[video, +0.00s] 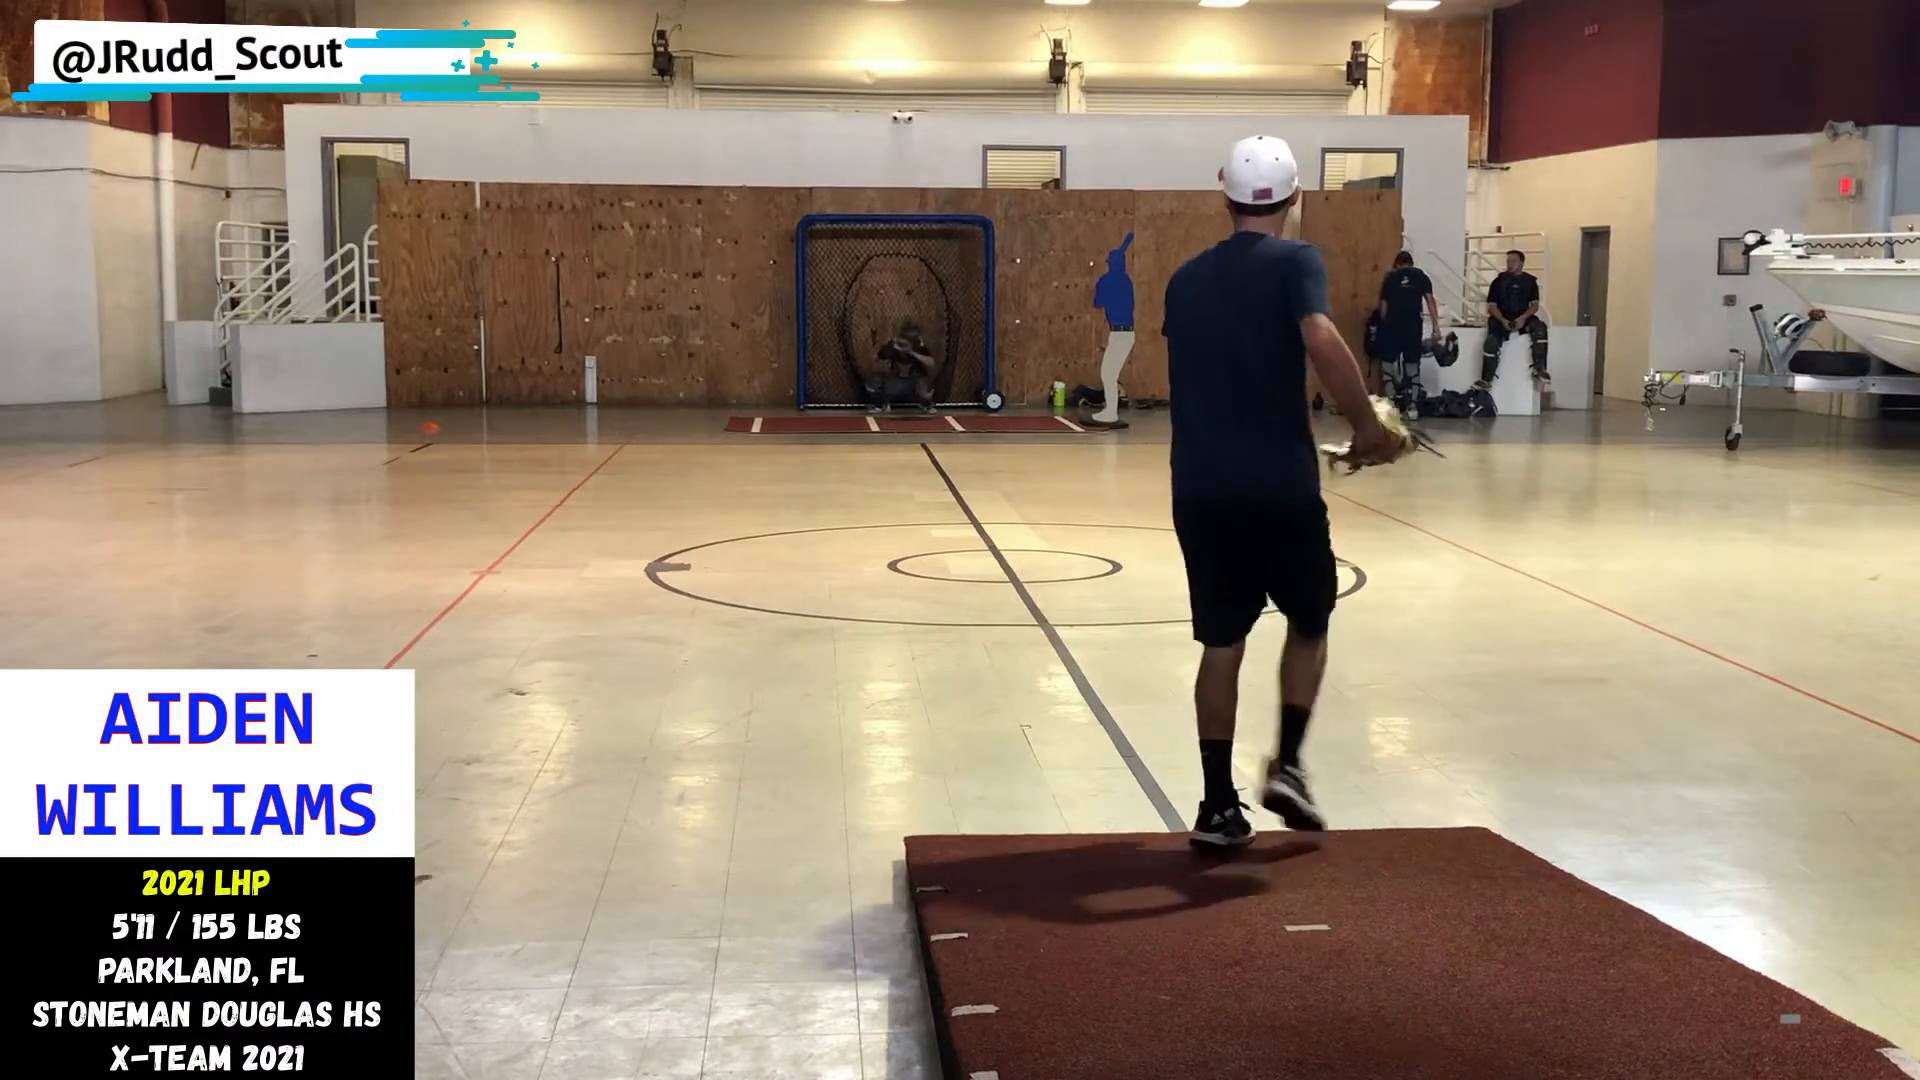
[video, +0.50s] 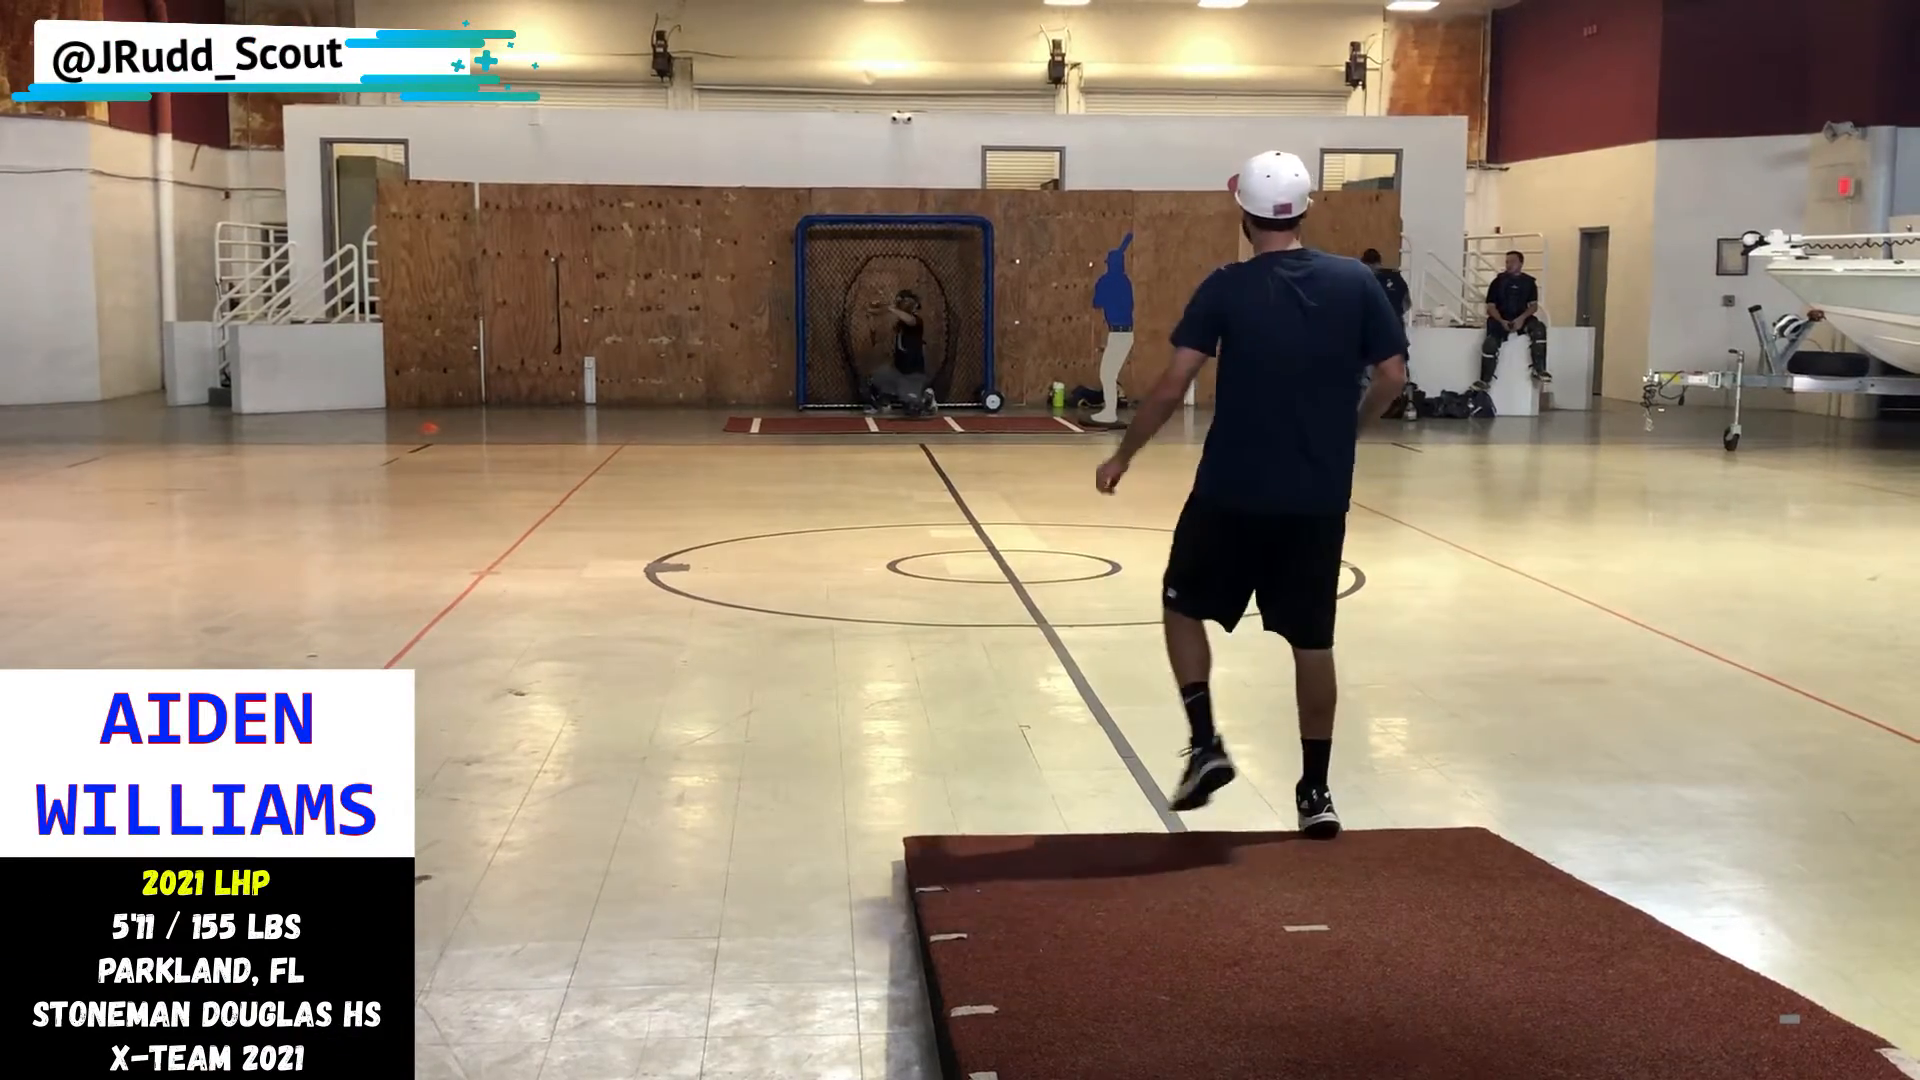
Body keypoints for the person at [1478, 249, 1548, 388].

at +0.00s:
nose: (1509, 264)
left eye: (1512, 261)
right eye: (1508, 261)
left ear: (1521, 263)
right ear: (1506, 262)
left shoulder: (1530, 280)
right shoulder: (1499, 280)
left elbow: (1534, 305)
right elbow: (1491, 305)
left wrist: (1523, 318)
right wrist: (1503, 320)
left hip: (1523, 316)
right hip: (1502, 317)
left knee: (1540, 329)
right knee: (1491, 341)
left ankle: (1540, 369)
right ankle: (1486, 380)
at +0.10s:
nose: (1510, 264)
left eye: (1513, 261)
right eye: (1508, 261)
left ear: (1521, 262)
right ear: (1506, 262)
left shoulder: (1530, 280)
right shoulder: (1499, 280)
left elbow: (1534, 305)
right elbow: (1492, 305)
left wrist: (1522, 318)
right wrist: (1503, 320)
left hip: (1523, 317)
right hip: (1502, 317)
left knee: (1540, 329)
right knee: (1491, 341)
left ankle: (1540, 369)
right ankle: (1486, 380)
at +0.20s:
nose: (1510, 264)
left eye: (1513, 261)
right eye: (1508, 261)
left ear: (1521, 263)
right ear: (1506, 263)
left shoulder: (1530, 280)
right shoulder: (1499, 280)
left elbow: (1534, 305)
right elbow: (1492, 305)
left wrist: (1522, 318)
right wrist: (1503, 320)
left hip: (1523, 316)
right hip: (1502, 317)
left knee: (1540, 329)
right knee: (1492, 342)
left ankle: (1540, 368)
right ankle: (1486, 380)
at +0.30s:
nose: (1510, 264)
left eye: (1513, 261)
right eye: (1508, 261)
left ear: (1521, 263)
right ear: (1506, 263)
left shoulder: (1530, 281)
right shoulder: (1499, 280)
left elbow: (1534, 305)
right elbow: (1492, 305)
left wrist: (1522, 319)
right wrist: (1503, 321)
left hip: (1523, 317)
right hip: (1502, 317)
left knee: (1540, 329)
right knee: (1491, 342)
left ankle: (1540, 368)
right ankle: (1486, 380)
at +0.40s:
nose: (1510, 264)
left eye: (1513, 261)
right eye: (1508, 261)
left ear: (1521, 263)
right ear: (1506, 263)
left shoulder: (1530, 281)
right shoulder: (1499, 280)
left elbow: (1534, 305)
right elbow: (1492, 306)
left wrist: (1522, 319)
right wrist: (1503, 321)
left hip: (1523, 317)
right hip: (1502, 317)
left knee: (1540, 329)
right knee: (1491, 341)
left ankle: (1541, 369)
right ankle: (1486, 380)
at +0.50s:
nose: (1509, 265)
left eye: (1512, 262)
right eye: (1507, 262)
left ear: (1520, 263)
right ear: (1505, 263)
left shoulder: (1529, 281)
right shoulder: (1498, 281)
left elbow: (1533, 305)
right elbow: (1490, 306)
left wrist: (1521, 319)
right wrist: (1501, 321)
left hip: (1522, 317)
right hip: (1500, 318)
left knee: (1539, 330)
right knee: (1490, 342)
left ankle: (1539, 369)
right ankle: (1485, 380)